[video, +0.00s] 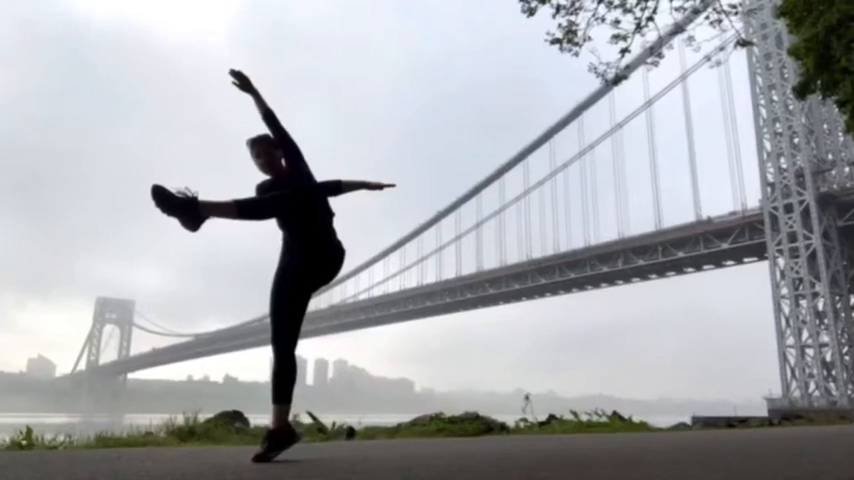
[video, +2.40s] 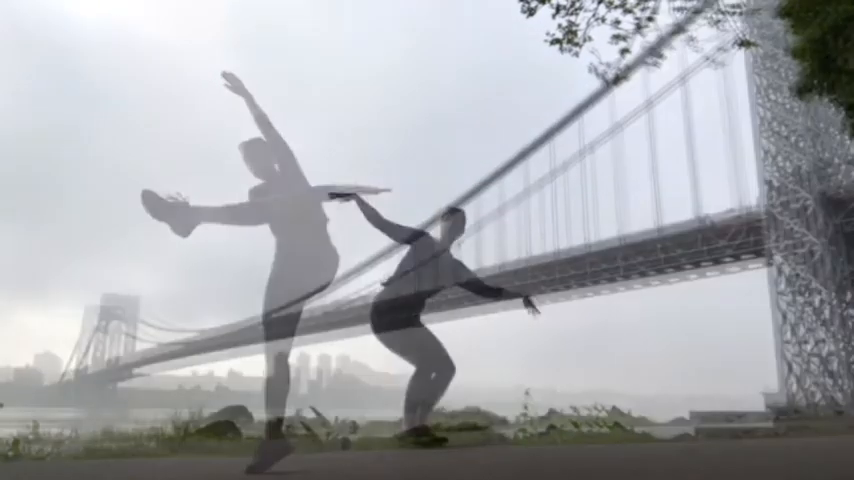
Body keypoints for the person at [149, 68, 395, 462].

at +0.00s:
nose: (261, 161)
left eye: (265, 154)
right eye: (257, 157)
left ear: (280, 151)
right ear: (255, 162)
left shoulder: (299, 172)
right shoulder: (267, 192)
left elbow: (280, 131)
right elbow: (323, 189)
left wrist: (254, 92)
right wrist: (365, 185)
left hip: (325, 255)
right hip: (294, 263)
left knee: (282, 203)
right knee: (283, 344)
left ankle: (201, 210)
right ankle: (281, 427)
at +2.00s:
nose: (255, 164)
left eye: (259, 156)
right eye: (250, 160)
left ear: (274, 155)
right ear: (249, 166)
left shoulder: (294, 176)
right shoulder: (261, 197)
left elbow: (273, 132)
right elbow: (318, 193)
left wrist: (247, 93)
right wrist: (360, 189)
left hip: (320, 260)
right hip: (288, 270)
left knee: (278, 207)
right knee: (278, 353)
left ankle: (193, 214)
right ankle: (274, 436)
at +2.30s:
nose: (253, 164)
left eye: (257, 157)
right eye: (248, 160)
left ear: (272, 154)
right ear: (248, 165)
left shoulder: (292, 174)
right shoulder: (261, 198)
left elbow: (273, 133)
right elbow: (317, 193)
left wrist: (246, 94)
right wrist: (354, 190)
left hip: (319, 263)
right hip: (287, 273)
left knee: (274, 206)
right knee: (277, 354)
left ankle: (192, 215)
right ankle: (274, 436)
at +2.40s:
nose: (253, 165)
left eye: (256, 157)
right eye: (249, 161)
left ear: (271, 152)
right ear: (250, 163)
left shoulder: (291, 175)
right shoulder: (261, 196)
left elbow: (270, 131)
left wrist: (246, 95)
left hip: (312, 261)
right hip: (291, 270)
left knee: (270, 205)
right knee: (277, 353)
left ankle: (192, 215)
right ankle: (274, 437)